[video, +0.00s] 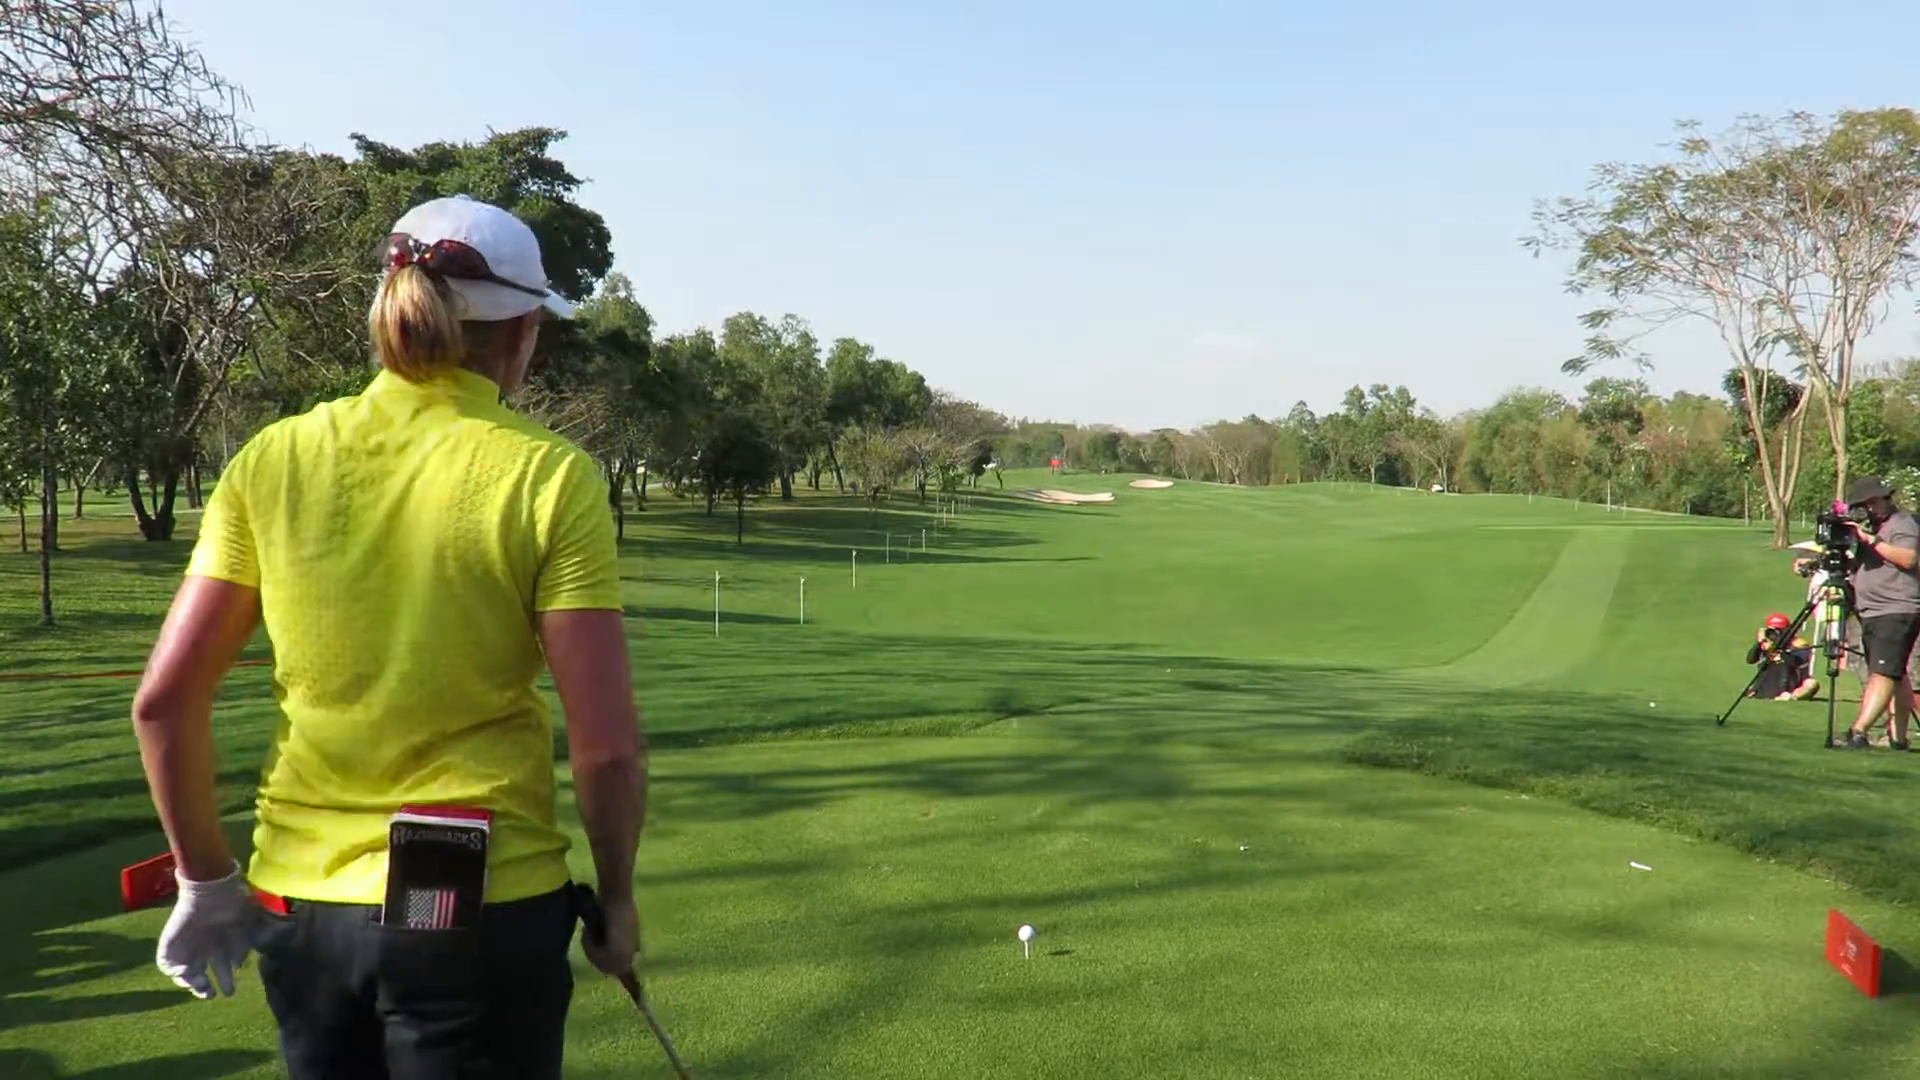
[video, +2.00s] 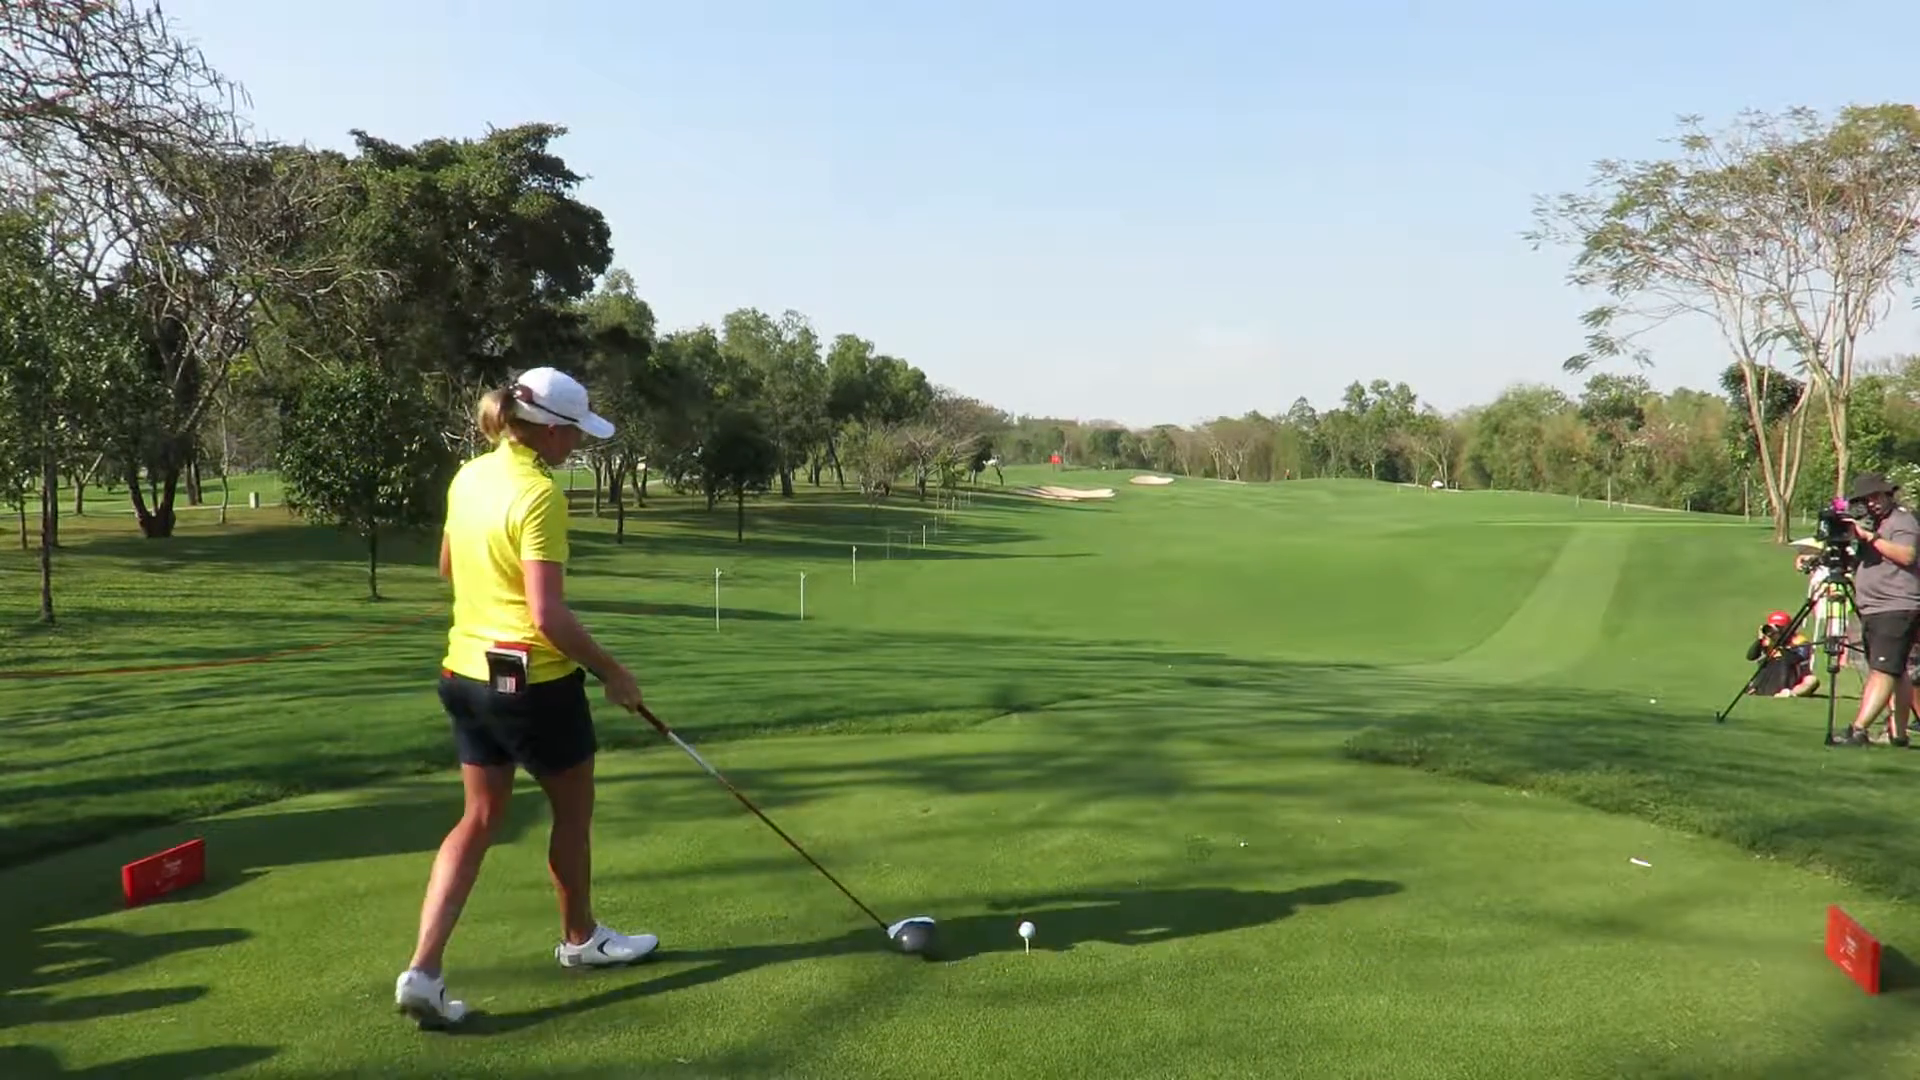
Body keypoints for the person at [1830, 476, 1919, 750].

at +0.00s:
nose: (1869, 510)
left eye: (1872, 503)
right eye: (1865, 506)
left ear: (1885, 500)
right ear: (1863, 508)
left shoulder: (1902, 524)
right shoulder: (1871, 530)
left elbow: (1909, 559)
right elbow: (1862, 569)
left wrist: (1870, 540)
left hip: (1898, 610)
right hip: (1873, 611)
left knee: (1883, 671)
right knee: (1894, 676)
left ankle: (1858, 730)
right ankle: (1899, 738)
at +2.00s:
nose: (1871, 505)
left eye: (1876, 499)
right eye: (1866, 501)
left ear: (1888, 496)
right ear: (1863, 503)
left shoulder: (1902, 521)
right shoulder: (1873, 525)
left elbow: (1907, 556)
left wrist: (1870, 538)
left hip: (1897, 607)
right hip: (1874, 607)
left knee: (1883, 668)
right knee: (1894, 672)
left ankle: (1858, 728)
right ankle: (1898, 732)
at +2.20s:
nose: (1871, 505)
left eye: (1875, 498)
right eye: (1866, 500)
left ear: (1889, 496)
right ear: (1863, 503)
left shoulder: (1902, 522)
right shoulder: (1874, 525)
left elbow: (1906, 556)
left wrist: (1870, 538)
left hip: (1897, 606)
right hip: (1874, 607)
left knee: (1883, 668)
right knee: (1893, 671)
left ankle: (1858, 727)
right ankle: (1898, 731)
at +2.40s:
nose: (1867, 504)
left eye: (1871, 497)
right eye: (1864, 500)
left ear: (1885, 495)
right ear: (1863, 502)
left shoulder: (1902, 520)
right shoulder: (1874, 523)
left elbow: (1906, 553)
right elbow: (1864, 560)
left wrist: (1868, 535)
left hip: (1897, 605)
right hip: (1874, 605)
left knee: (1883, 666)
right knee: (1892, 668)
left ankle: (1858, 726)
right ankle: (1898, 729)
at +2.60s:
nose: (1868, 502)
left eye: (1872, 495)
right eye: (1864, 497)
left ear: (1886, 492)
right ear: (1864, 499)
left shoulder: (1902, 517)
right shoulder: (1874, 521)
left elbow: (1904, 551)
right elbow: (1864, 558)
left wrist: (1865, 532)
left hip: (1897, 602)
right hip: (1873, 603)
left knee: (1883, 664)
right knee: (1893, 667)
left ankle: (1858, 724)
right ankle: (1898, 727)